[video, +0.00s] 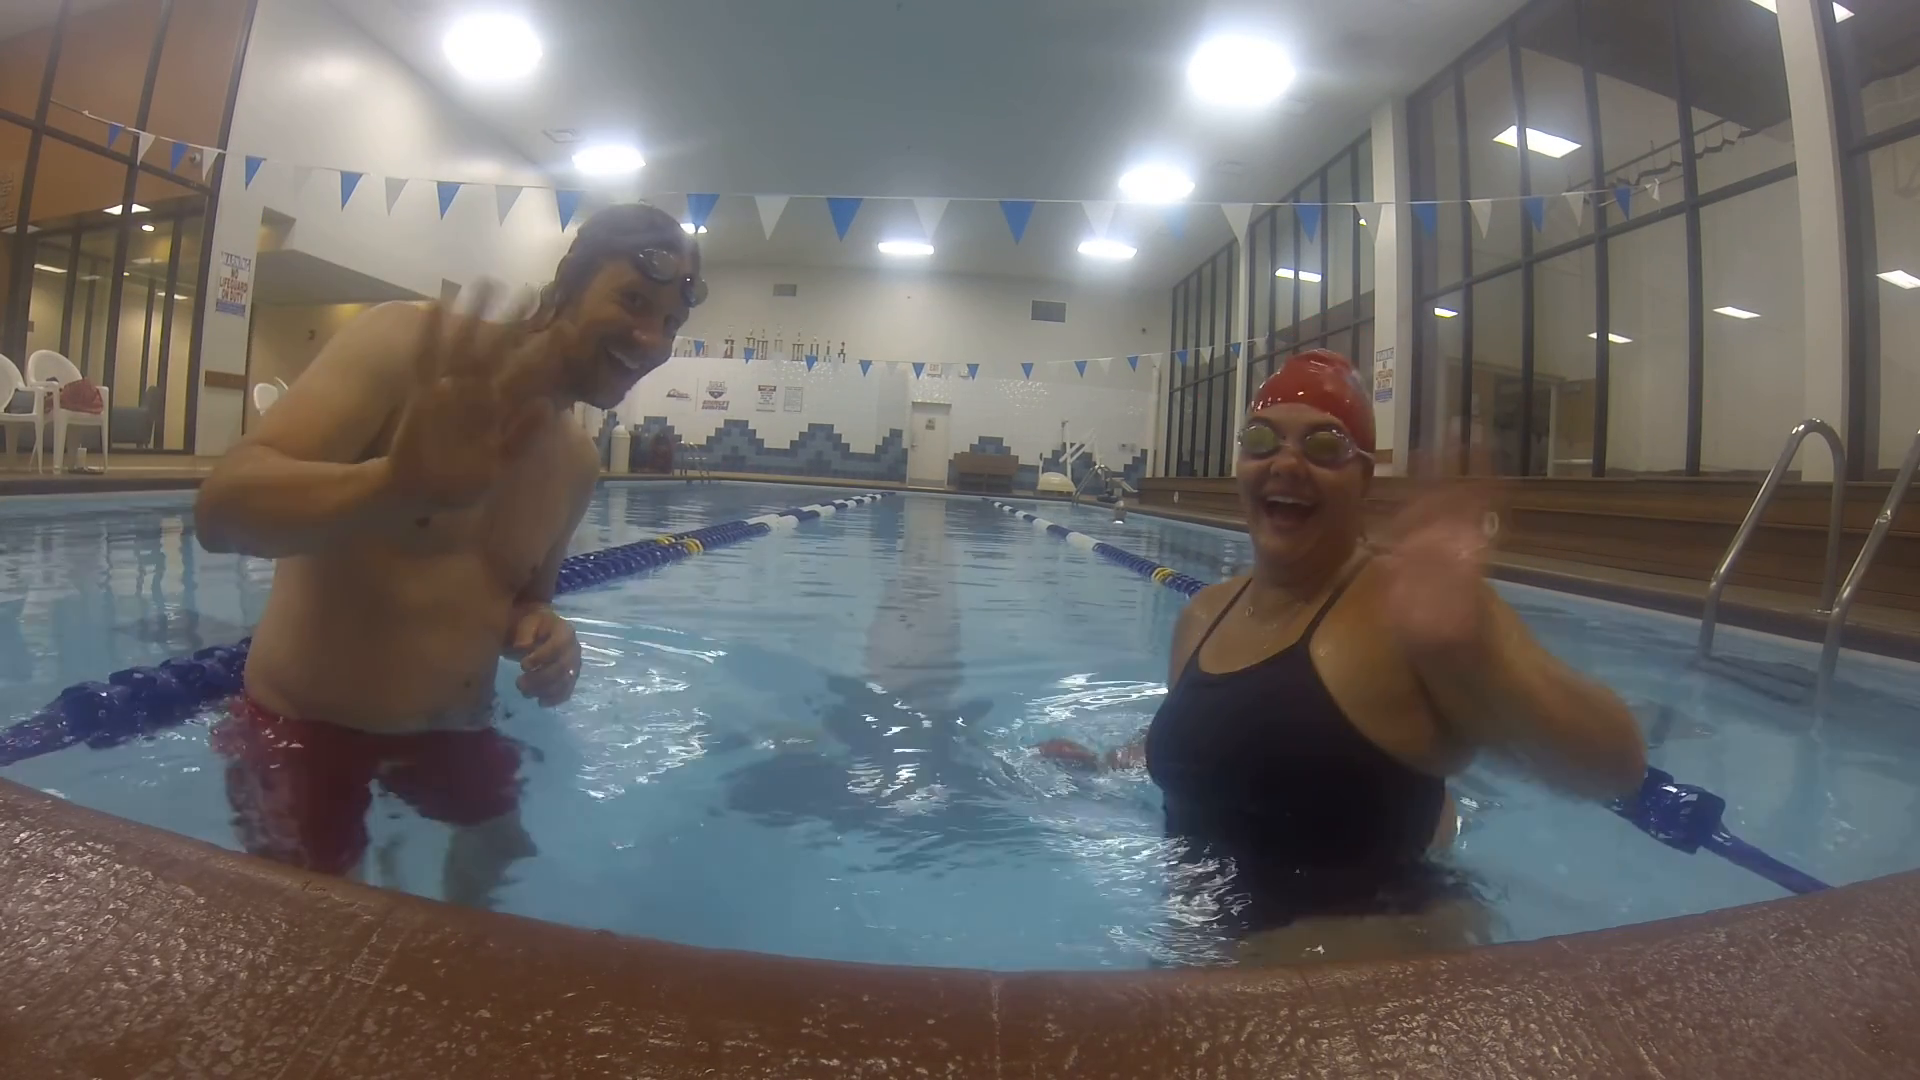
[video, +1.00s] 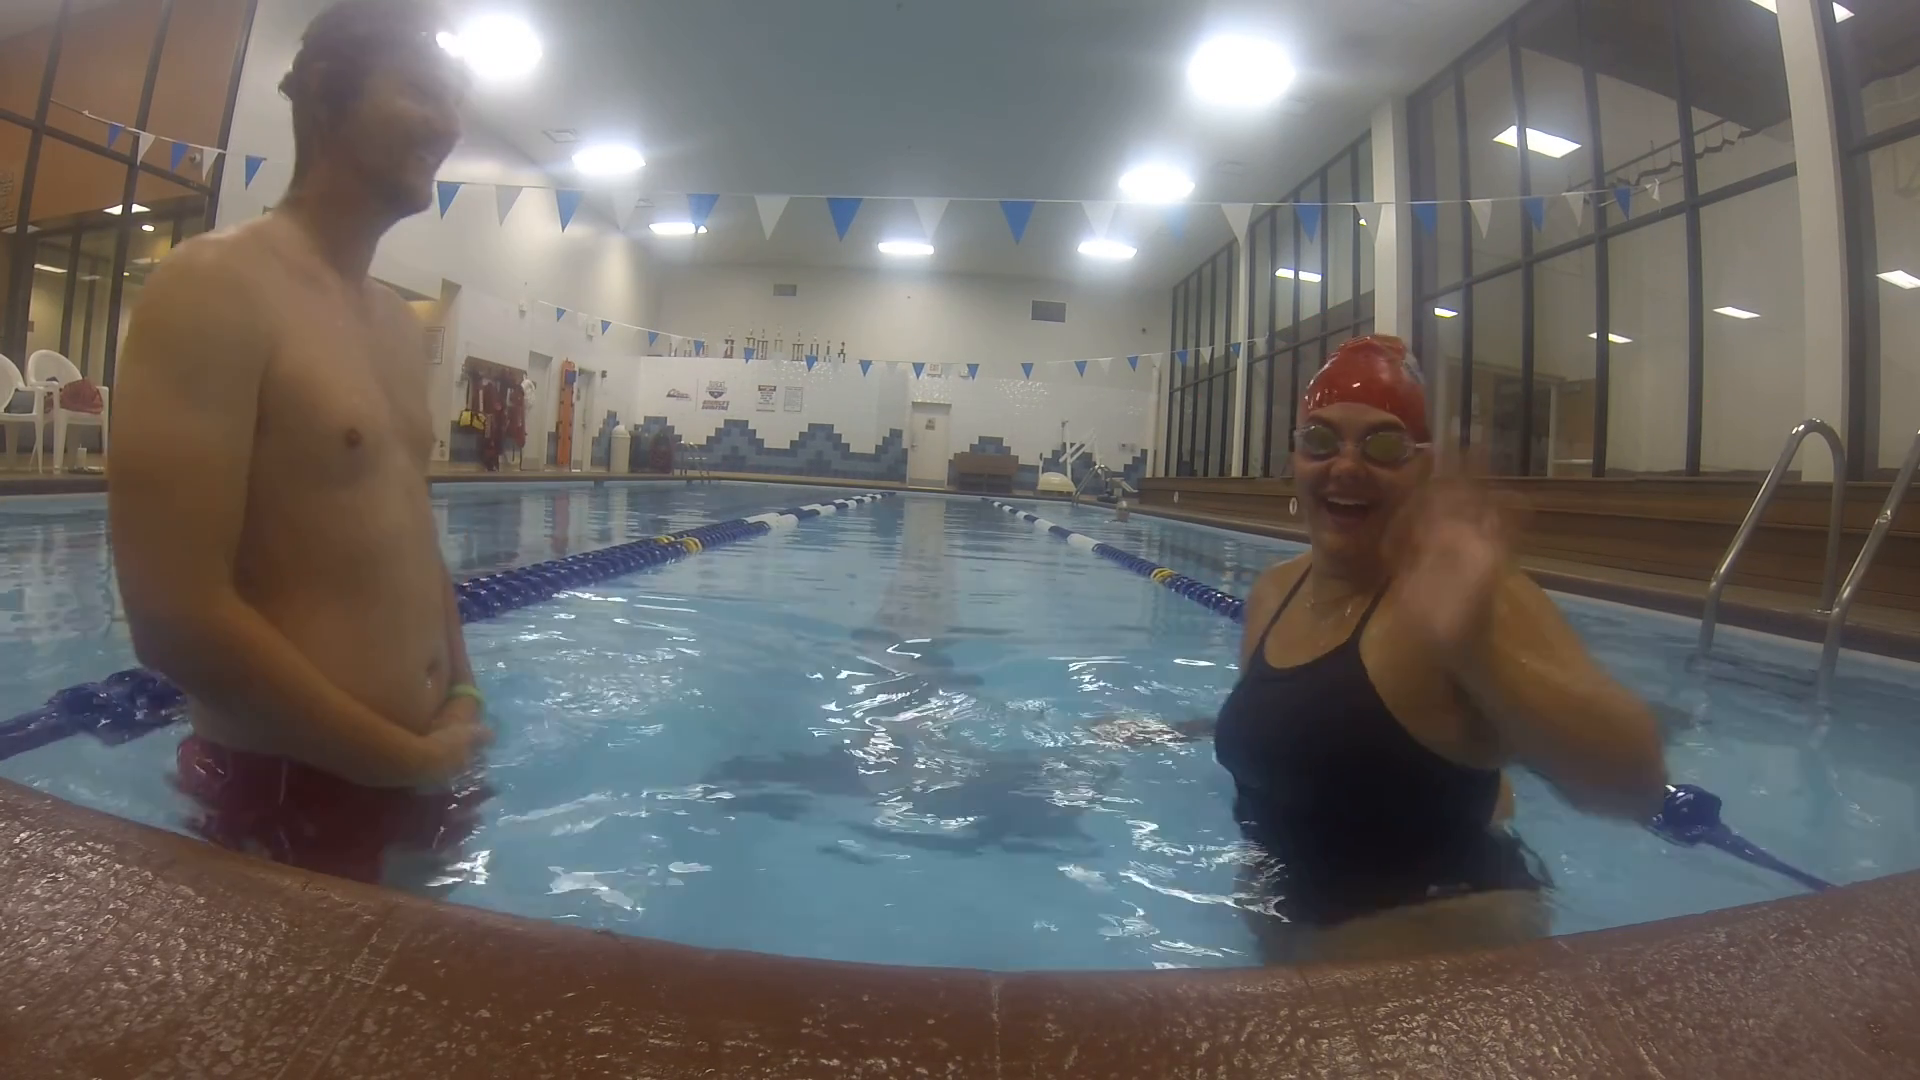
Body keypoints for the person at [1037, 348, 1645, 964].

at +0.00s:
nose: (1285, 467)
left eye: (1323, 447)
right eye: (1263, 442)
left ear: (1366, 477)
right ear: (1240, 464)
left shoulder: (1419, 607)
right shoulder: (1206, 612)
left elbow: (1619, 768)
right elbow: (1204, 742)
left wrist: (1468, 652)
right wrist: (1105, 765)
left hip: (1372, 985)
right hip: (1219, 973)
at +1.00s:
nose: (1345, 468)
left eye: (1383, 446)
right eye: (1320, 442)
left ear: (1428, 468)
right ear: (1294, 459)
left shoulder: (1469, 595)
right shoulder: (1276, 593)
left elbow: (1634, 783)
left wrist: (1476, 650)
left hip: (1446, 955)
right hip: (1299, 943)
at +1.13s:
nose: (1324, 465)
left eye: (1363, 444)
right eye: (1308, 440)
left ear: (1424, 471)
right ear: (1289, 458)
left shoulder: (1474, 594)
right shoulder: (1297, 591)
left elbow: (1635, 782)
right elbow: (1307, 727)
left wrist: (1425, 715)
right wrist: (1203, 739)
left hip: (1452, 962)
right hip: (1309, 949)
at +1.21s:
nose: (1300, 467)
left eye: (1339, 443)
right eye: (1293, 442)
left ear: (1420, 470)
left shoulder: (1458, 596)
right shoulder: (1319, 595)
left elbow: (1615, 796)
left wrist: (1342, 732)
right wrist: (1269, 713)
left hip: (1446, 976)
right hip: (1323, 950)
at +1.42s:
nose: (1281, 461)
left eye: (1299, 436)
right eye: (1289, 436)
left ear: (1370, 459)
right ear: (1374, 462)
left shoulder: (1426, 588)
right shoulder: (1430, 576)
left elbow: (1487, 850)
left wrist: (1249, 788)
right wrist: (1265, 780)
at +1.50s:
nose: (1290, 456)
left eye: (1304, 431)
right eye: (1298, 431)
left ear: (1360, 453)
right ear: (1369, 454)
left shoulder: (1399, 587)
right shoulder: (1458, 561)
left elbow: (1423, 852)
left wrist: (1224, 801)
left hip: (1372, 967)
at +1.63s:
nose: (1302, 445)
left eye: (1314, 420)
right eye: (1311, 420)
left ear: (1354, 443)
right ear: (1439, 447)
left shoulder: (1359, 581)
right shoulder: (1503, 566)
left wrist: (1189, 792)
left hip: (1372, 950)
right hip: (1489, 935)